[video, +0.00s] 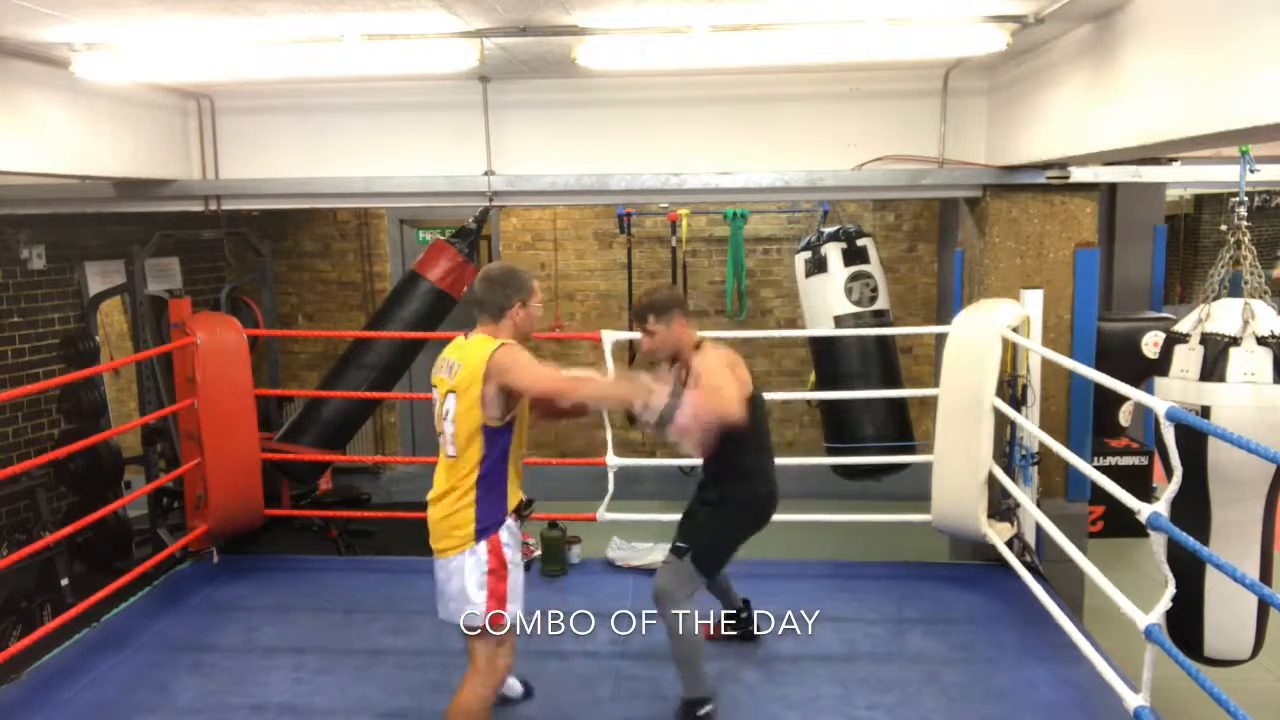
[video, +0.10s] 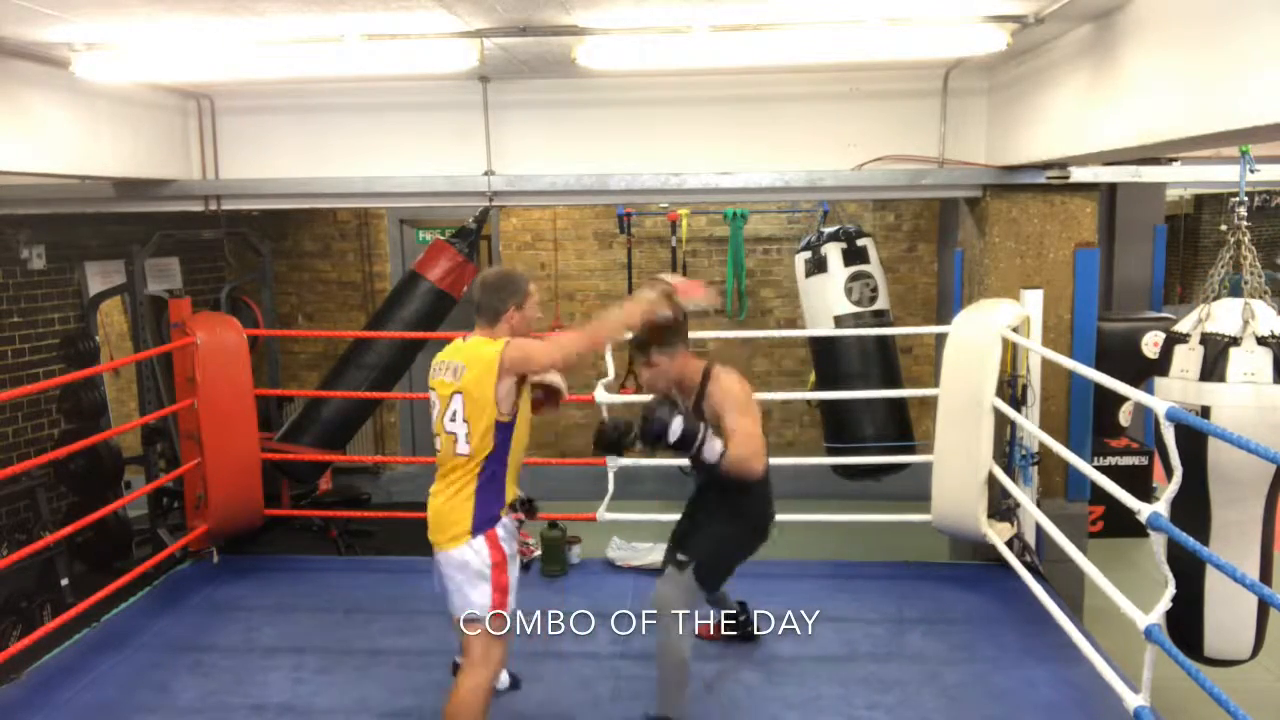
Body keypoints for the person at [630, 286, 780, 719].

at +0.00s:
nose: (642, 345)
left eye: (648, 334)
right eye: (640, 335)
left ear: (677, 326)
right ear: (674, 329)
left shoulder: (714, 363)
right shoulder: (681, 368)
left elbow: (730, 411)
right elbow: (657, 410)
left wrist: (666, 411)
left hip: (743, 494)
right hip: (717, 486)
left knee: (670, 590)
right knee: (694, 555)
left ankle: (698, 701)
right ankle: (738, 614)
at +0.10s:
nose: (642, 380)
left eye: (645, 369)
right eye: (640, 371)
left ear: (666, 360)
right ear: (661, 359)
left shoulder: (727, 385)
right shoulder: (676, 390)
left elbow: (752, 462)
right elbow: (667, 438)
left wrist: (688, 435)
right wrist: (632, 437)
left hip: (744, 508)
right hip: (711, 499)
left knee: (670, 595)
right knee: (683, 572)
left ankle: (669, 712)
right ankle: (736, 619)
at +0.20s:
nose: (621, 393)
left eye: (627, 382)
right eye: (619, 384)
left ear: (657, 374)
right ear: (656, 374)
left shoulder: (713, 408)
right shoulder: (664, 406)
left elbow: (708, 497)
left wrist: (663, 469)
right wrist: (620, 455)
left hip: (745, 535)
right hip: (709, 522)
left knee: (658, 607)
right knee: (691, 571)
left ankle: (661, 712)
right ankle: (735, 621)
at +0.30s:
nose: (613, 383)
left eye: (614, 371)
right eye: (611, 373)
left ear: (638, 365)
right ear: (647, 362)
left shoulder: (680, 408)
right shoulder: (706, 384)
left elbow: (657, 497)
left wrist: (617, 453)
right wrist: (643, 442)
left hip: (745, 545)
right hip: (768, 533)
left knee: (635, 623)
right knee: (704, 562)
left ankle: (650, 714)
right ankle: (760, 636)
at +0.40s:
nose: (642, 373)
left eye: (640, 361)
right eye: (638, 363)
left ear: (658, 351)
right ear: (683, 346)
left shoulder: (680, 397)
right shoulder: (741, 379)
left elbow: (657, 487)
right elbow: (714, 450)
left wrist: (633, 437)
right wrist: (653, 422)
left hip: (732, 553)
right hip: (782, 548)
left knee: (629, 612)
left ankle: (644, 715)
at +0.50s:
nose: (668, 375)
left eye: (666, 364)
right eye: (664, 365)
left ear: (682, 355)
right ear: (711, 349)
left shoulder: (685, 407)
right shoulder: (778, 393)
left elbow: (652, 492)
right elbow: (759, 458)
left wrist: (648, 432)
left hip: (727, 570)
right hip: (790, 567)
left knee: (641, 636)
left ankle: (635, 716)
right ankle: (877, 716)